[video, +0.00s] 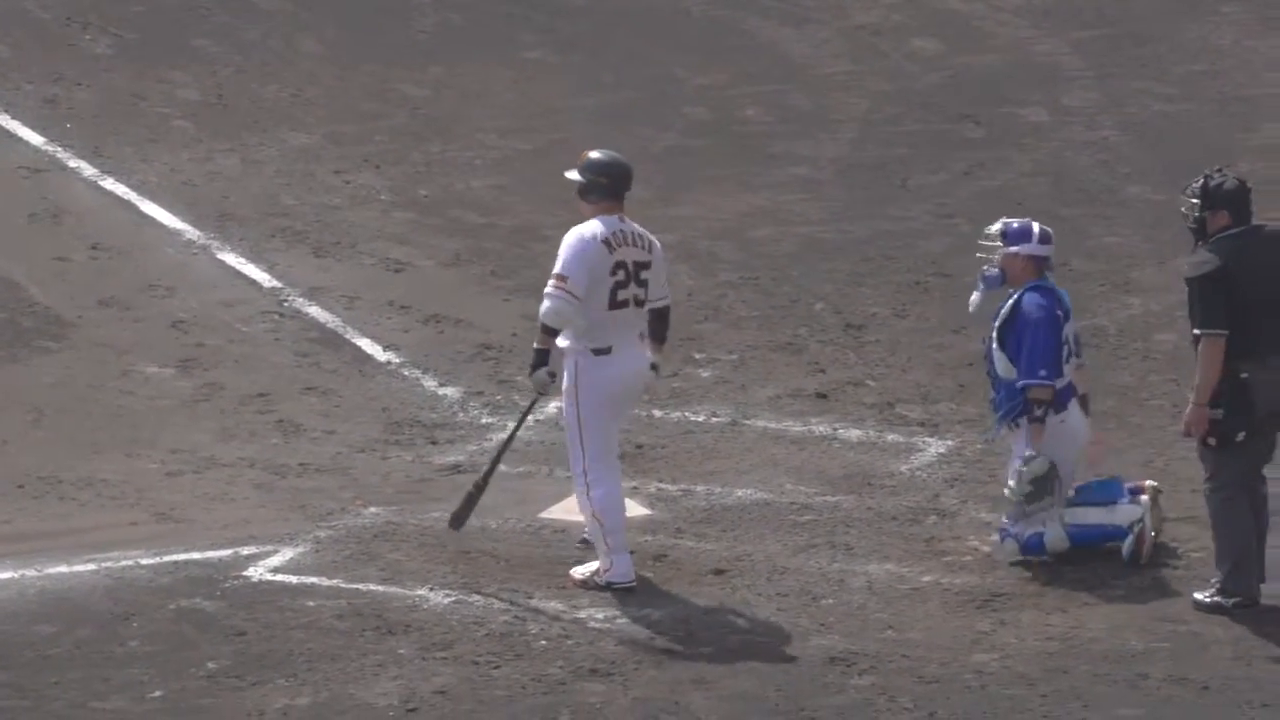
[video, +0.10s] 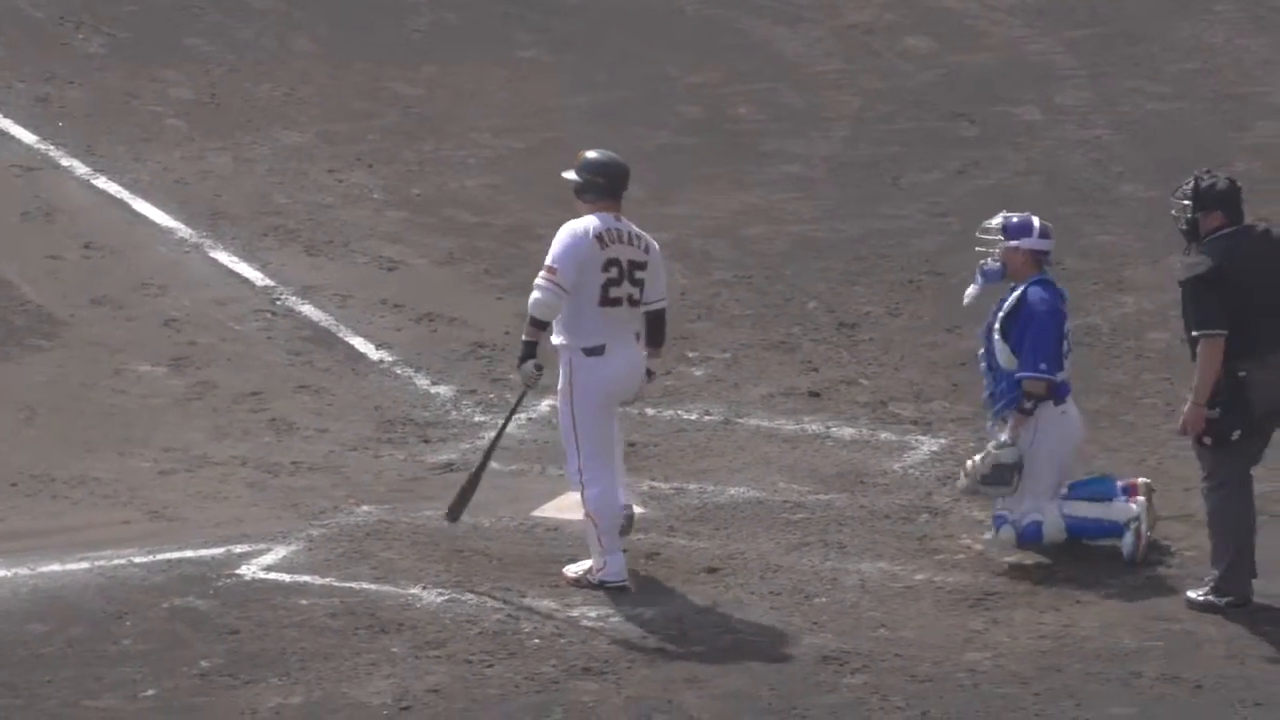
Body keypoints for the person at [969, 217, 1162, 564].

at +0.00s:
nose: (999, 258)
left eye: (1005, 252)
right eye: (1002, 251)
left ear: (1023, 260)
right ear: (1030, 259)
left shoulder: (1035, 306)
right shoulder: (1045, 294)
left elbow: (1040, 378)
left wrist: (1033, 440)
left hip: (1047, 422)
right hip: (1060, 416)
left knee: (1024, 530)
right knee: (1044, 509)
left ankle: (1127, 523)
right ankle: (1132, 498)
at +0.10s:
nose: (997, 254)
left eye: (1003, 247)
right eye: (999, 247)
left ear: (1023, 255)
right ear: (1029, 255)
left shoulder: (1037, 301)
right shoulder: (1031, 289)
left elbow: (1036, 380)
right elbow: (1010, 267)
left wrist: (1011, 433)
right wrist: (991, 275)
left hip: (1045, 419)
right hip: (1041, 413)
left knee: (1016, 523)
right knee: (1025, 505)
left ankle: (1124, 521)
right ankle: (1123, 495)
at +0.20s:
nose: (998, 249)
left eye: (1005, 242)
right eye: (1001, 241)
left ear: (1025, 250)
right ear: (1026, 250)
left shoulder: (1042, 293)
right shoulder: (1020, 291)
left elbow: (1037, 374)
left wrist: (994, 421)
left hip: (1044, 411)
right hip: (1028, 409)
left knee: (1013, 514)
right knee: (1015, 501)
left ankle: (1118, 519)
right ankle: (1113, 490)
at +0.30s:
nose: (1000, 249)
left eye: (1008, 243)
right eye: (1001, 242)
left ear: (1030, 249)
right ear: (1026, 249)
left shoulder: (1045, 292)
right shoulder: (1013, 291)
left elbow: (1041, 371)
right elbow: (1003, 370)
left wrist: (992, 410)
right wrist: (974, 408)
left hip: (1045, 407)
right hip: (1024, 408)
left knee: (1012, 497)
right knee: (1010, 520)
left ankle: (1115, 516)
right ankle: (1107, 484)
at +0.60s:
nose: (1006, 253)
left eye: (1015, 246)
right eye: (1006, 245)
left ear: (1039, 253)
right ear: (1034, 254)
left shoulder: (1057, 298)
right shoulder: (1017, 294)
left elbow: (1054, 378)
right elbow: (1010, 373)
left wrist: (1001, 423)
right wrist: (969, 412)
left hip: (1055, 411)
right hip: (1027, 413)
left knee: (1005, 472)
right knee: (997, 518)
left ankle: (1100, 530)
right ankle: (1098, 485)